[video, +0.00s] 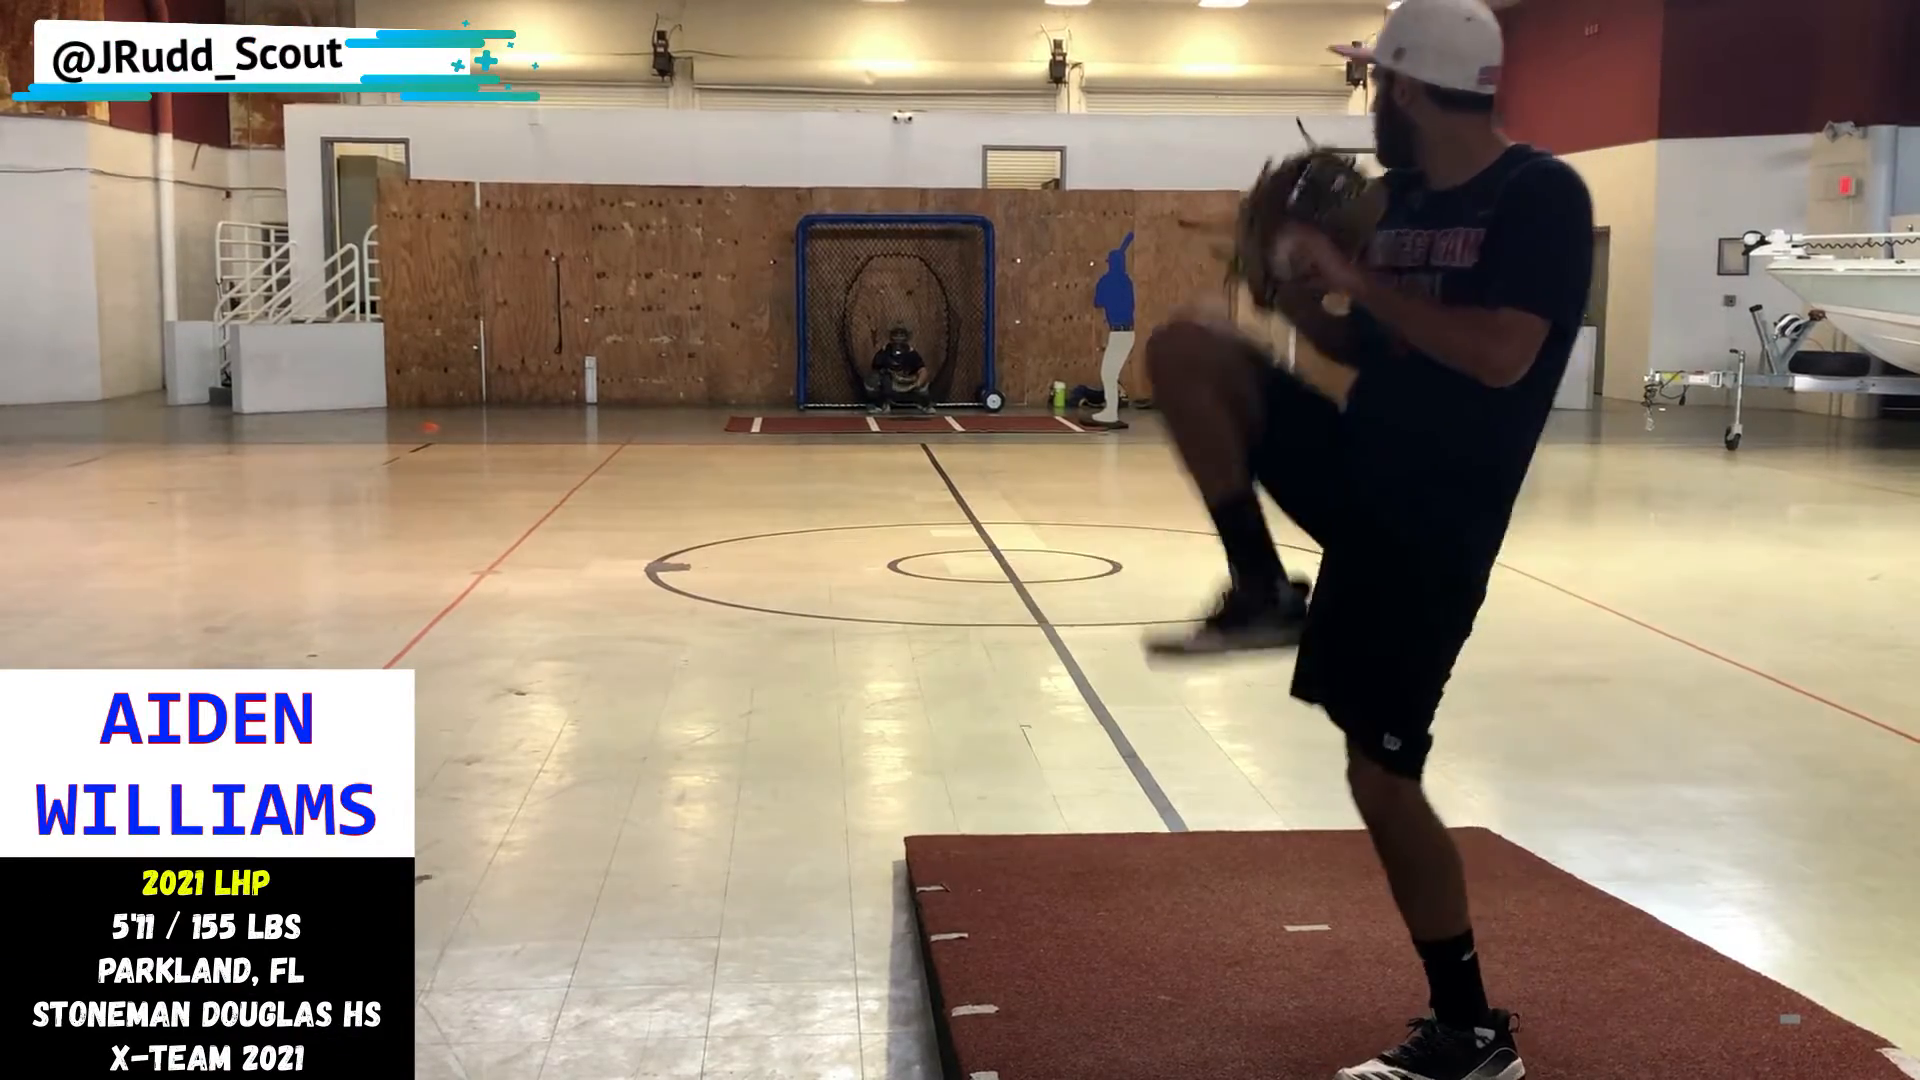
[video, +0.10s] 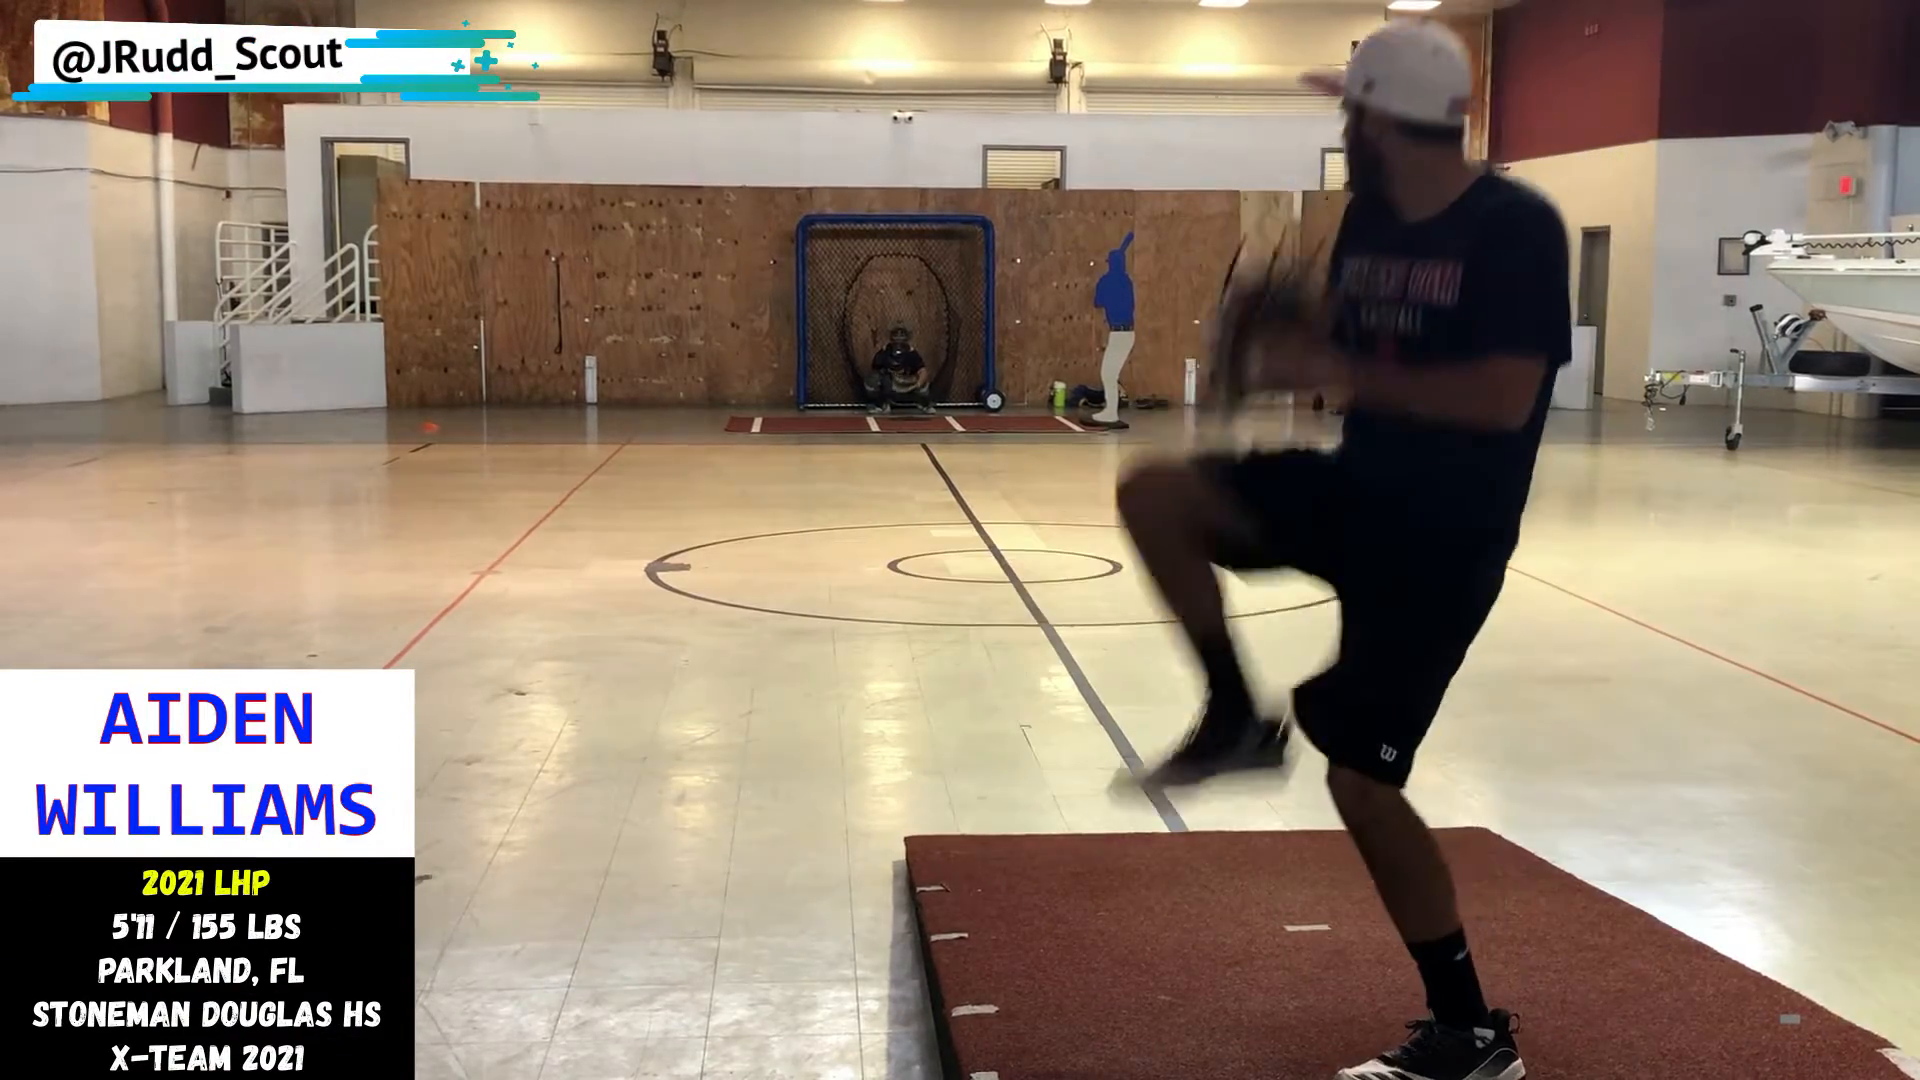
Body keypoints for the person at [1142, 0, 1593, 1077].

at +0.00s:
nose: (1375, 104)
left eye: (1384, 86)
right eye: (1377, 86)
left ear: (1418, 91)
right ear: (1453, 92)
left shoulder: (1547, 195)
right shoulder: (1402, 202)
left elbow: (1505, 351)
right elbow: (1375, 361)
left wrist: (1358, 280)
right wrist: (1289, 287)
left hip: (1436, 524)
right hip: (1353, 471)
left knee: (1380, 779)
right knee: (1184, 350)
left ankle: (1466, 1023)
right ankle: (1260, 588)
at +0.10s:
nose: (1345, 129)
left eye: (1355, 113)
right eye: (1349, 112)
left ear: (1385, 122)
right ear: (1427, 121)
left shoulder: (1519, 224)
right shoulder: (1367, 218)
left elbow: (1505, 397)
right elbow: (1348, 354)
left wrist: (1342, 372)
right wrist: (1271, 338)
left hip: (1446, 538)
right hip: (1351, 495)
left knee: (1357, 769)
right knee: (1156, 495)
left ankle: (1466, 1022)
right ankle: (1236, 716)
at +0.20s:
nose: (1312, 195)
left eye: (1323, 179)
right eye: (1315, 177)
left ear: (1361, 190)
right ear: (1387, 188)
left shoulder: (1495, 292)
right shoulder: (1333, 283)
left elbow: (1509, 464)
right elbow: (1257, 386)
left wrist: (1354, 554)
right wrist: (1168, 477)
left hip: (1450, 554)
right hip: (1348, 521)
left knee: (1335, 780)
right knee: (1156, 626)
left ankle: (1462, 1027)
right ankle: (1169, 837)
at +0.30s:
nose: (1278, 283)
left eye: (1288, 269)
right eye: (1280, 267)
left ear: (1314, 273)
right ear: (1366, 268)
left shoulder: (1463, 368)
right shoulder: (1292, 345)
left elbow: (1530, 531)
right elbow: (1180, 416)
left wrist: (1532, 682)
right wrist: (1082, 518)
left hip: (1419, 607)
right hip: (1328, 575)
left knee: (1305, 794)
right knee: (1165, 687)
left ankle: (1454, 1025)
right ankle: (1145, 853)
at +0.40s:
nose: (1225, 321)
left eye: (1231, 310)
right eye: (1230, 309)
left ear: (1251, 325)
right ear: (1316, 320)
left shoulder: (1412, 409)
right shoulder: (1246, 386)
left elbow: (1532, 518)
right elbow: (1145, 405)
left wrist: (1650, 646)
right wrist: (1058, 461)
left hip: (1378, 630)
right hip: (1297, 604)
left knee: (1275, 819)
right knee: (1173, 706)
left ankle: (1448, 1026)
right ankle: (1161, 825)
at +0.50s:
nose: (1183, 319)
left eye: (1187, 308)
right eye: (1185, 309)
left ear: (1207, 317)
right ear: (1274, 309)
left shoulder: (1354, 400)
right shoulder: (1210, 374)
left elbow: (1446, 486)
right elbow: (1143, 385)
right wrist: (1149, 437)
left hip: (1312, 642)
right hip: (1257, 619)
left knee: (1278, 848)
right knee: (1175, 679)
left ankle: (1413, 1002)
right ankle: (1167, 830)